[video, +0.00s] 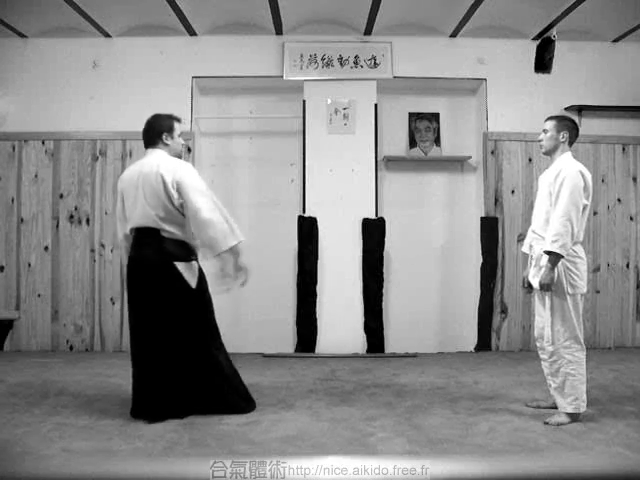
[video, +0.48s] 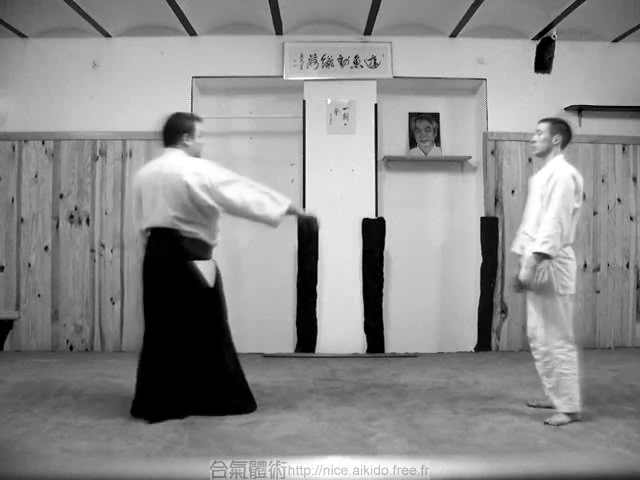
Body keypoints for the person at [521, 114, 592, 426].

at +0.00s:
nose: (539, 137)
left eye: (545, 132)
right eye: (541, 132)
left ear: (564, 137)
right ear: (559, 137)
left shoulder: (572, 173)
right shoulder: (552, 172)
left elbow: (564, 222)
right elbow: (542, 220)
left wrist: (551, 264)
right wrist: (532, 261)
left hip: (563, 263)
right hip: (544, 260)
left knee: (565, 336)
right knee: (545, 335)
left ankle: (572, 407)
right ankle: (557, 395)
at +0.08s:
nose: (539, 137)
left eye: (545, 132)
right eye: (540, 132)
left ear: (563, 137)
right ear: (558, 137)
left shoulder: (572, 173)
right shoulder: (551, 172)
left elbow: (564, 222)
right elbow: (540, 222)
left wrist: (550, 265)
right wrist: (530, 263)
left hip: (563, 262)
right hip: (544, 260)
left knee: (564, 336)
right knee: (545, 335)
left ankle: (572, 407)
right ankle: (558, 396)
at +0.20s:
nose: (538, 137)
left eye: (544, 132)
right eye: (539, 132)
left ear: (562, 137)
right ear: (557, 137)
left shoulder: (571, 173)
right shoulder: (550, 173)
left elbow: (563, 222)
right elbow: (540, 222)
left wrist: (549, 264)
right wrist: (530, 264)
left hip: (562, 262)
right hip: (543, 260)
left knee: (564, 336)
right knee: (544, 335)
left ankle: (572, 407)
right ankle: (558, 396)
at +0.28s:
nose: (537, 137)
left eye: (543, 133)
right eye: (538, 132)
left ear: (561, 138)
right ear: (556, 138)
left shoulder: (569, 173)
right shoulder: (549, 173)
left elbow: (562, 222)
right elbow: (538, 221)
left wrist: (548, 264)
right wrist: (529, 263)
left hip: (561, 262)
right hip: (542, 260)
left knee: (564, 336)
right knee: (543, 335)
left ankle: (572, 406)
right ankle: (558, 396)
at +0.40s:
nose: (535, 138)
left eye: (541, 133)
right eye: (536, 133)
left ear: (559, 139)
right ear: (552, 139)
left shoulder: (566, 174)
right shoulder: (546, 173)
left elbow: (559, 221)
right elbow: (537, 220)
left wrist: (543, 261)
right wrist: (526, 263)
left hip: (558, 261)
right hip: (539, 259)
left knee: (561, 335)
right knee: (540, 333)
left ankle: (571, 407)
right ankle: (556, 395)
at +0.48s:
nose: (532, 138)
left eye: (538, 133)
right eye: (534, 133)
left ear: (556, 140)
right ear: (550, 140)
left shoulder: (564, 174)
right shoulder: (542, 174)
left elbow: (556, 221)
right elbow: (534, 220)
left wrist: (537, 259)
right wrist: (523, 259)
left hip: (554, 261)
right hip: (536, 259)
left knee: (556, 335)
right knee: (538, 333)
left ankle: (569, 407)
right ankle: (555, 396)